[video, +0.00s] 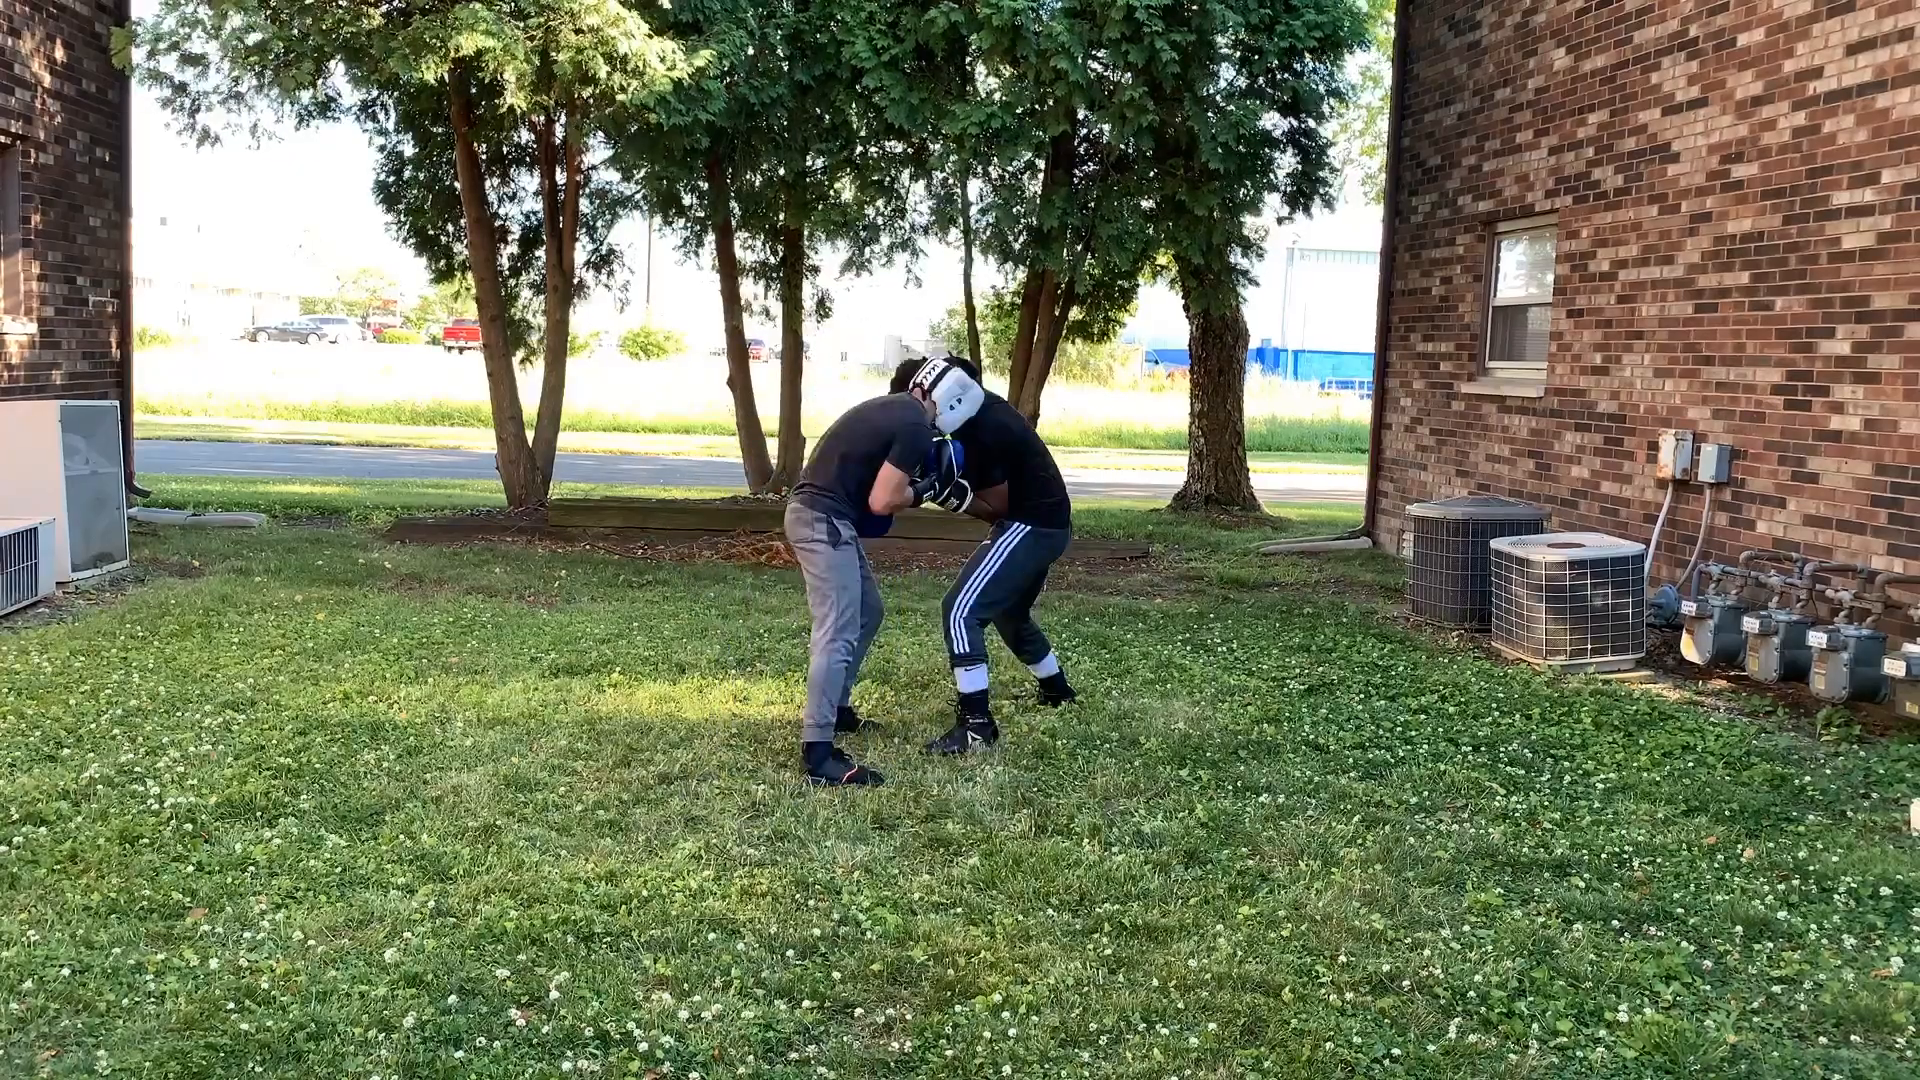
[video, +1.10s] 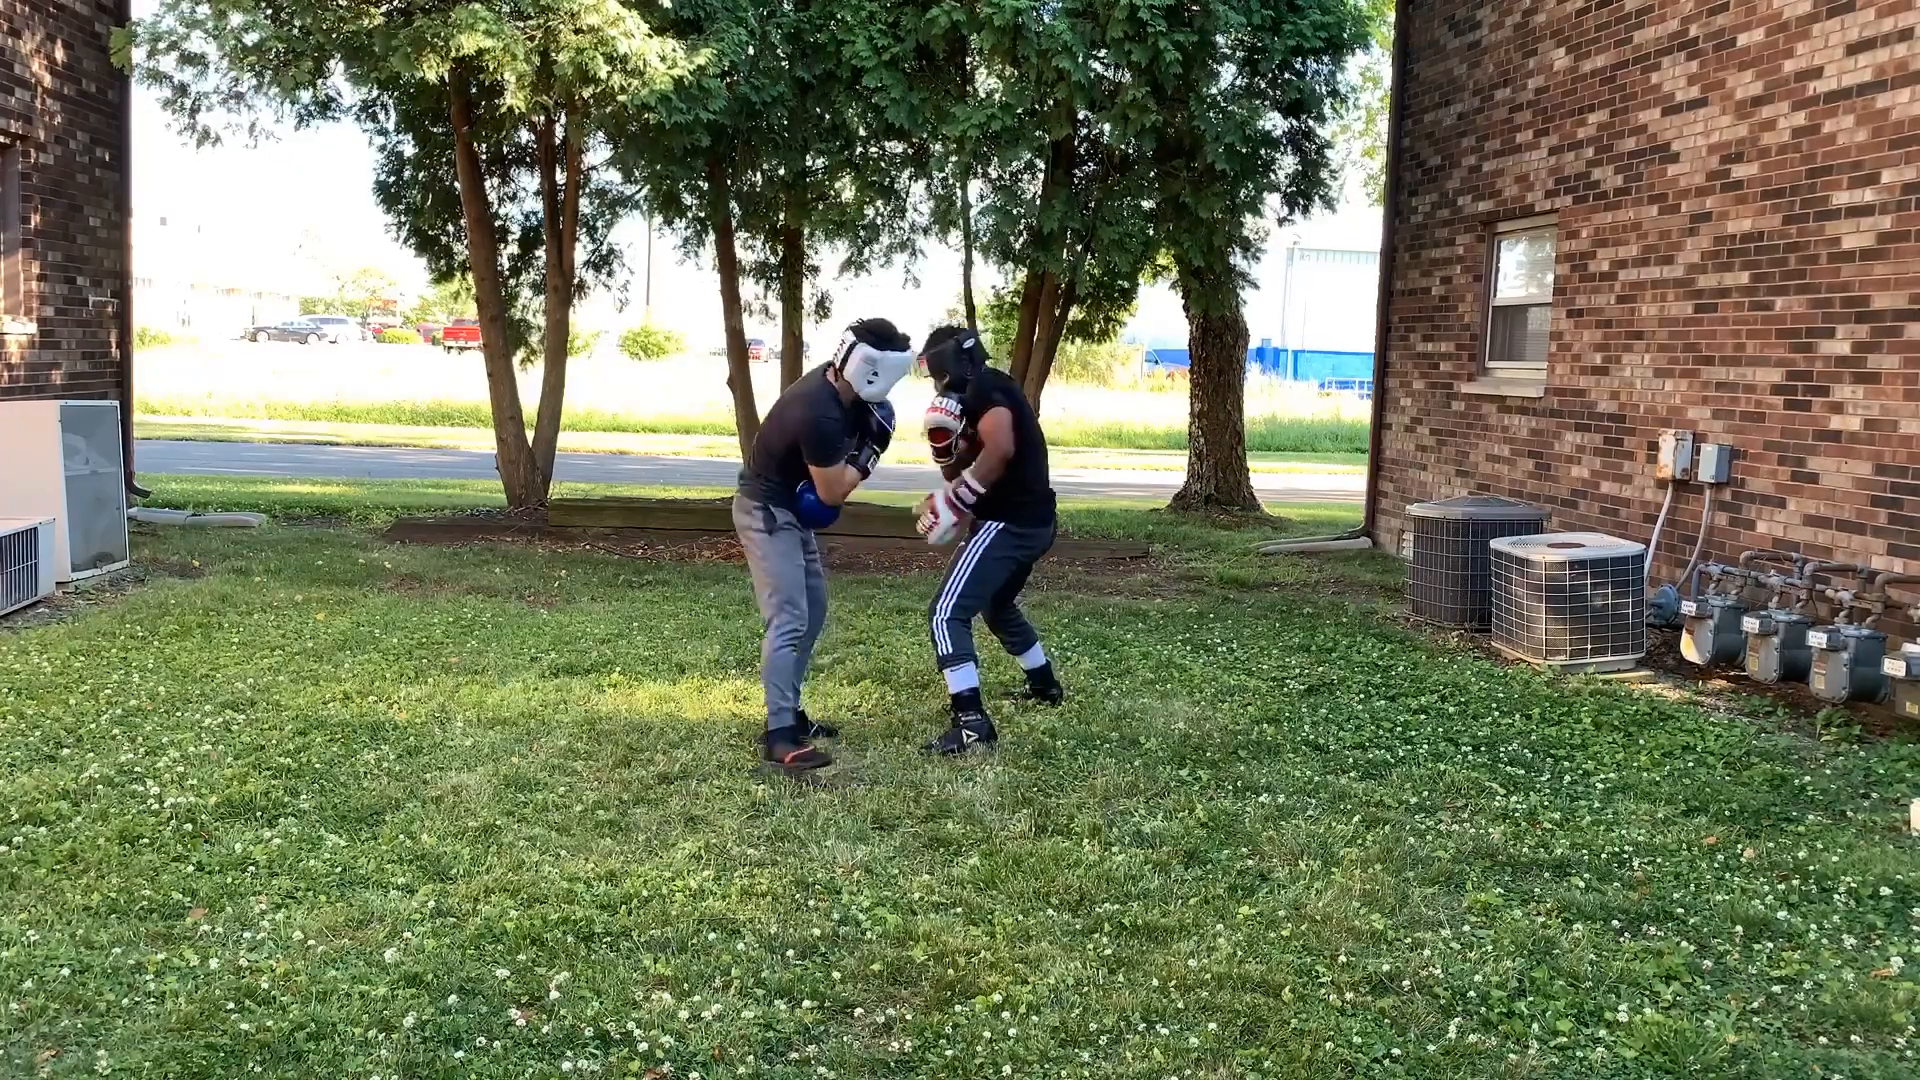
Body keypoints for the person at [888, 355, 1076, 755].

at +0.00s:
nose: (926, 417)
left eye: (926, 406)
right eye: (922, 408)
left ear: (945, 398)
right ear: (962, 391)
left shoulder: (984, 428)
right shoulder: (990, 415)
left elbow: (1000, 505)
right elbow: (991, 496)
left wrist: (955, 496)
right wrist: (950, 490)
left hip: (1029, 525)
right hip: (1044, 523)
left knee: (960, 609)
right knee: (1008, 613)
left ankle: (976, 725)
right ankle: (1056, 689)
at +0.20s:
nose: (915, 409)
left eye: (919, 398)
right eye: (912, 398)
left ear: (941, 396)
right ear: (958, 393)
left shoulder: (972, 429)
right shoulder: (975, 422)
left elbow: (1003, 504)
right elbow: (978, 498)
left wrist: (957, 500)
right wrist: (951, 539)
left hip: (1031, 528)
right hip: (1054, 525)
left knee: (962, 617)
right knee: (1018, 615)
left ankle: (977, 728)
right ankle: (1058, 691)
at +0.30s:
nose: (949, 416)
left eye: (953, 408)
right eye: (951, 406)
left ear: (917, 384)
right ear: (936, 392)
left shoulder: (893, 408)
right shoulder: (915, 415)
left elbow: (883, 487)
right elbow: (890, 490)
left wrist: (926, 473)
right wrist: (923, 476)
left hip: (849, 526)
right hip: (833, 524)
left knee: (886, 614)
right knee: (847, 637)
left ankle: (839, 708)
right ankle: (817, 752)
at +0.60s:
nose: (937, 409)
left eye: (941, 400)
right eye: (938, 398)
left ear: (899, 377)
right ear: (922, 388)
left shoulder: (866, 399)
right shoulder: (908, 422)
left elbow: (852, 466)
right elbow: (879, 502)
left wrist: (907, 486)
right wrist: (904, 524)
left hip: (793, 509)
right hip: (819, 520)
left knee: (840, 618)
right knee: (846, 639)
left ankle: (833, 707)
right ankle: (817, 752)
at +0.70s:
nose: (928, 400)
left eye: (930, 392)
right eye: (929, 391)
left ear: (889, 363)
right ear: (920, 384)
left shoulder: (837, 371)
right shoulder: (912, 426)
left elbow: (793, 427)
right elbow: (896, 497)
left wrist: (829, 458)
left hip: (783, 516)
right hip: (828, 526)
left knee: (815, 621)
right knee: (847, 632)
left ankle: (832, 710)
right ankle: (823, 752)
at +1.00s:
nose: (903, 397)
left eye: (908, 388)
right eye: (902, 386)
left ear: (864, 368)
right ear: (879, 379)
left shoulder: (835, 381)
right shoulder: (850, 426)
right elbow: (854, 504)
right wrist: (875, 467)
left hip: (770, 502)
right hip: (782, 514)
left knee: (803, 618)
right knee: (811, 628)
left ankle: (786, 712)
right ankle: (816, 751)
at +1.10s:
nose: (883, 381)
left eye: (888, 373)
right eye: (878, 371)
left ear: (851, 361)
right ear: (855, 365)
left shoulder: (846, 393)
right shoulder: (820, 409)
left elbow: (850, 467)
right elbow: (832, 492)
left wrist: (867, 443)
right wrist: (870, 452)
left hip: (794, 510)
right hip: (764, 509)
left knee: (811, 615)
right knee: (787, 619)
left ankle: (786, 715)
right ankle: (780, 737)